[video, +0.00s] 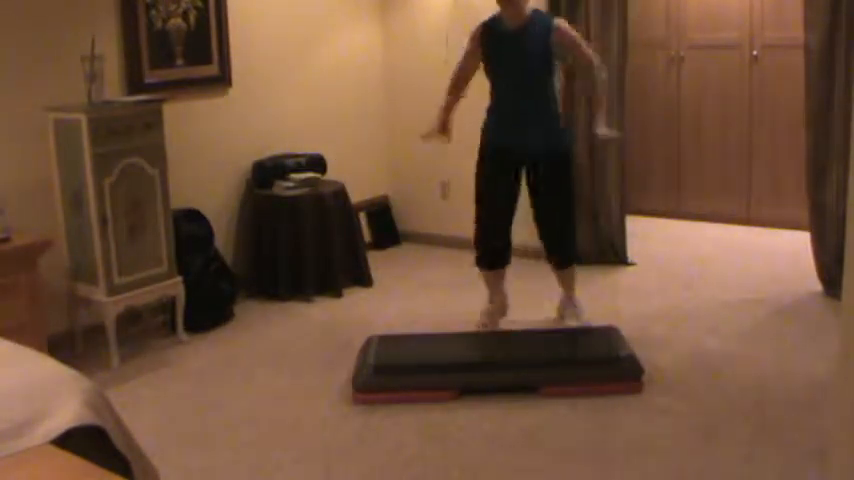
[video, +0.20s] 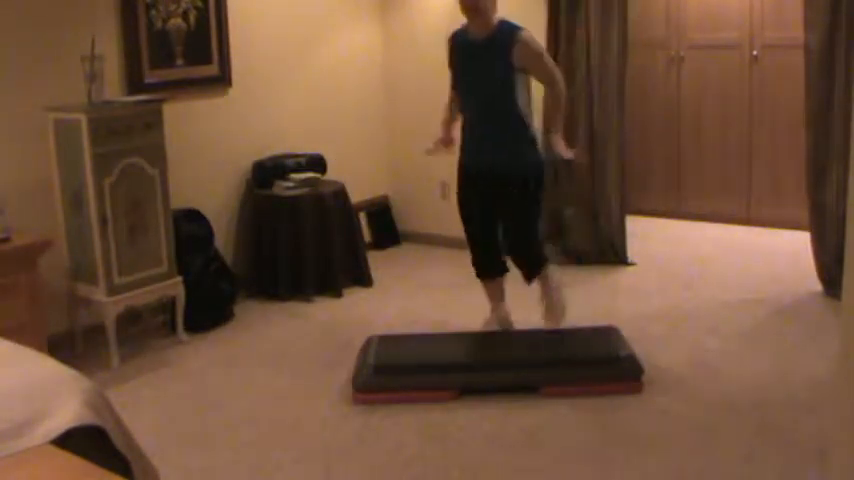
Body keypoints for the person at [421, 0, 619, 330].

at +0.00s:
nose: (509, 3)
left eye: (514, 1)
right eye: (505, 1)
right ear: (499, 2)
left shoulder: (553, 29)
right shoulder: (485, 33)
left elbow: (595, 68)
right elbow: (461, 77)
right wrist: (445, 116)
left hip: (547, 138)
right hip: (500, 139)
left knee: (556, 221)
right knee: (491, 223)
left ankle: (569, 300)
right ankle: (496, 302)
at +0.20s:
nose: (472, 7)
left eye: (478, 2)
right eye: (467, 3)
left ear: (491, 2)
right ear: (461, 6)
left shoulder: (515, 40)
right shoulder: (457, 42)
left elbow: (554, 82)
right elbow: (457, 90)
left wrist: (554, 134)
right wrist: (448, 126)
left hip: (516, 153)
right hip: (475, 155)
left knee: (519, 239)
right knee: (481, 240)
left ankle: (548, 284)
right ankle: (498, 313)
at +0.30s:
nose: (458, 1)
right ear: (451, 1)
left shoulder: (502, 29)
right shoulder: (446, 31)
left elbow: (553, 72)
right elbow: (427, 72)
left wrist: (549, 111)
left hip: (509, 143)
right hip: (468, 147)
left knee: (493, 224)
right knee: (477, 233)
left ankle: (504, 304)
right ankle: (496, 309)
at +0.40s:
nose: (447, 3)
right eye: (444, 1)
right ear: (441, 2)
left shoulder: (491, 25)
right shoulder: (434, 31)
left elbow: (537, 56)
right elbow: (394, 56)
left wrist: (512, 64)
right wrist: (347, 61)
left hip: (502, 140)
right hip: (465, 143)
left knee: (458, 215)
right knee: (484, 224)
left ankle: (450, 305)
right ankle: (500, 309)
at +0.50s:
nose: (433, 7)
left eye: (439, 1)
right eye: (431, 3)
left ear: (460, 3)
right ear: (430, 7)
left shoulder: (480, 34)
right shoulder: (426, 36)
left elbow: (511, 48)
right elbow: (376, 45)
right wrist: (327, 27)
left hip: (490, 158)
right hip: (457, 161)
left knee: (437, 222)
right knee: (484, 236)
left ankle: (424, 315)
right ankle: (505, 314)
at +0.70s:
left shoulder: (452, 13)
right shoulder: (406, 16)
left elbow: (492, 44)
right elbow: (362, 27)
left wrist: (453, 39)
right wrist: (312, 30)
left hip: (465, 141)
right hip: (431, 142)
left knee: (421, 228)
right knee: (431, 227)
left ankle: (420, 318)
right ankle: (477, 290)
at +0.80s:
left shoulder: (449, 8)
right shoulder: (397, 8)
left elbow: (493, 48)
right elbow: (364, 32)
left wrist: (476, 86)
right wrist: (328, 59)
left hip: (460, 129)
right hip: (423, 128)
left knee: (429, 217)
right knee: (391, 212)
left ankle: (420, 315)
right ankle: (454, 261)